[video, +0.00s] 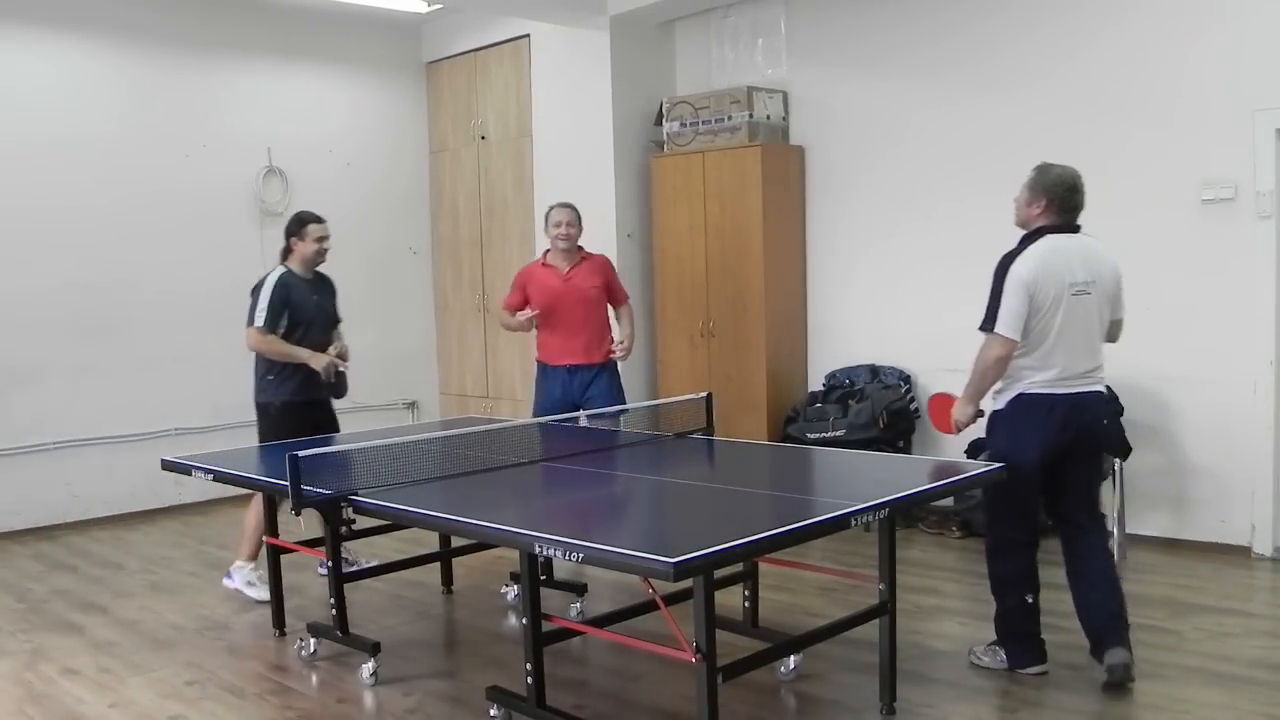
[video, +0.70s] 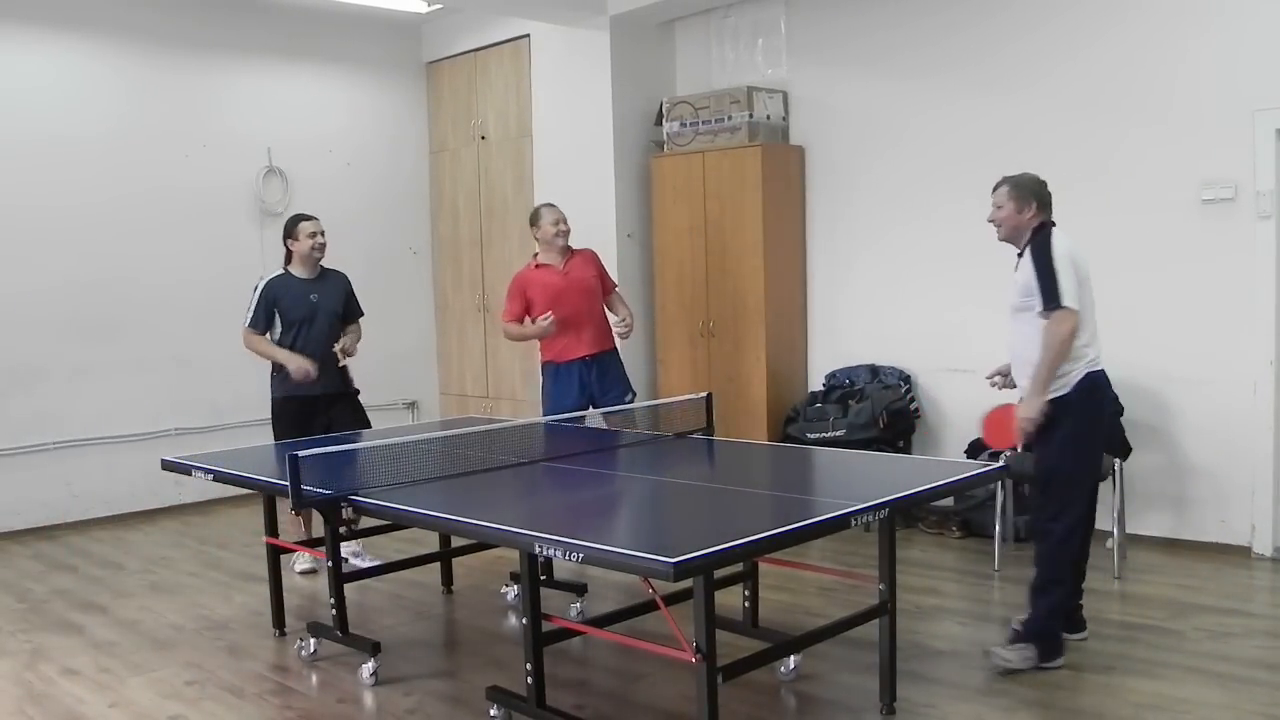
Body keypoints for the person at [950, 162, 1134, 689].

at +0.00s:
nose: (1016, 206)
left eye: (1022, 199)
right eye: (1020, 198)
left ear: (1041, 205)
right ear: (1067, 208)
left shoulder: (1023, 263)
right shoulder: (1102, 258)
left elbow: (1000, 348)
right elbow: (1111, 331)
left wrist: (969, 400)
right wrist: (1053, 329)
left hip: (1026, 416)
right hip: (1089, 414)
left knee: (1011, 531)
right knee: (1083, 525)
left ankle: (1020, 650)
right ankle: (1112, 644)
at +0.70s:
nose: (991, 216)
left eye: (998, 208)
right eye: (992, 208)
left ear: (1028, 210)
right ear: (1026, 212)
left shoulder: (1050, 248)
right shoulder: (1037, 253)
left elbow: (1065, 322)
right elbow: (1054, 328)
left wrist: (1035, 396)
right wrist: (1017, 368)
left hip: (1074, 401)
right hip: (1064, 400)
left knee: (1057, 516)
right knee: (1062, 513)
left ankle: (1044, 638)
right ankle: (1065, 614)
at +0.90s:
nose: (1005, 215)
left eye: (1013, 207)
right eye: (1004, 207)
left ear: (1045, 209)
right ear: (1030, 213)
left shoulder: (1071, 248)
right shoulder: (1036, 258)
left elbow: (1111, 318)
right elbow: (1042, 329)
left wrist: (1098, 395)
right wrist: (1004, 364)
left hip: (1090, 403)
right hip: (1052, 405)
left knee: (1097, 522)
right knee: (1063, 516)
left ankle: (1117, 642)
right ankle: (1062, 612)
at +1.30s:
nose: (1064, 214)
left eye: (1073, 204)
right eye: (1060, 205)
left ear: (1106, 206)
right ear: (1062, 210)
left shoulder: (1155, 258)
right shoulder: (1062, 263)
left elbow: (1200, 324)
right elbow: (1050, 323)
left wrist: (1173, 387)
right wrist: (1015, 351)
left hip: (1151, 420)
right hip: (1087, 422)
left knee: (1161, 535)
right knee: (1073, 524)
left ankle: (1160, 644)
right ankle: (1063, 616)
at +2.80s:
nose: (1098, 219)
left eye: (1104, 206)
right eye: (1096, 208)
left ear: (1142, 200)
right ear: (1135, 203)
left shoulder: (1192, 255)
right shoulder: (1129, 253)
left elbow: (1221, 349)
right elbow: (1133, 328)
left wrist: (1129, 376)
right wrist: (1075, 337)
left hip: (1180, 440)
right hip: (1124, 434)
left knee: (1177, 577)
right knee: (1125, 551)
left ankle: (1191, 708)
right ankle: (1145, 651)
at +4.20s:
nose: (1059, 227)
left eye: (1066, 216)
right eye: (1054, 217)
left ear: (1103, 209)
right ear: (1058, 217)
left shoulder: (1156, 256)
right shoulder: (1063, 264)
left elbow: (1202, 331)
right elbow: (1053, 339)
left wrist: (1124, 361)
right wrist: (1023, 332)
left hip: (1155, 430)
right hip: (1083, 430)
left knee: (1171, 552)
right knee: (1069, 544)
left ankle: (1185, 672)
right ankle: (1061, 653)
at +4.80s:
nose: (1093, 182)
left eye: (1109, 177)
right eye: (1091, 176)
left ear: (1138, 200)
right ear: (1086, 198)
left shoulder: (1168, 262)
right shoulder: (1062, 258)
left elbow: (1199, 341)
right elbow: (1024, 320)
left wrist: (1132, 341)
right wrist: (998, 321)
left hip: (1144, 432)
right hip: (1070, 428)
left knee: (1165, 548)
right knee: (1058, 541)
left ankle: (1191, 664)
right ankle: (1063, 654)